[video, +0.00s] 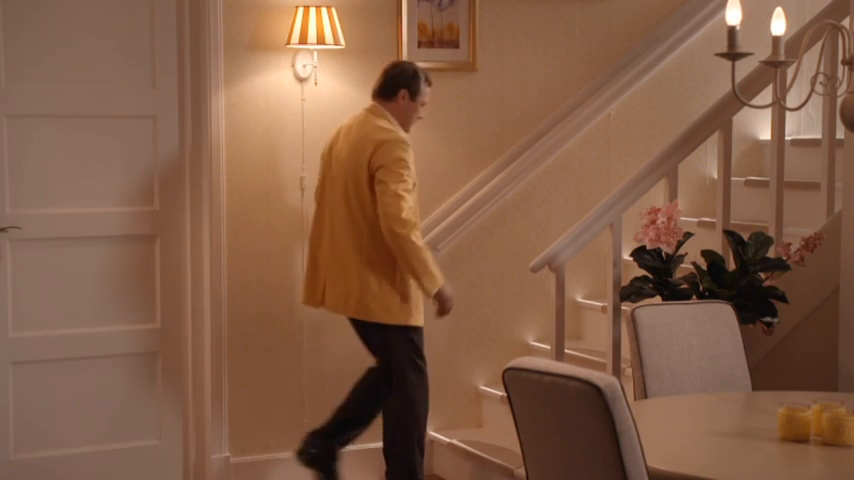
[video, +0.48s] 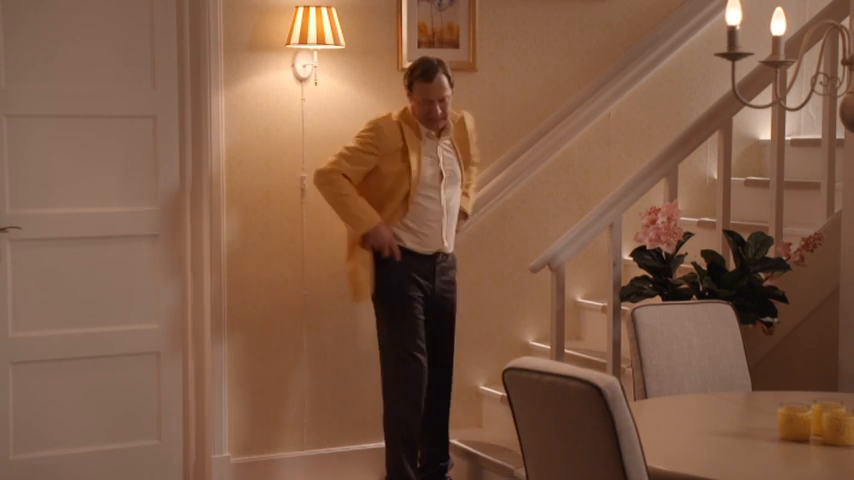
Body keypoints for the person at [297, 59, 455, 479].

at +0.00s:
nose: (422, 114)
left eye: (424, 104)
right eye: (421, 103)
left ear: (390, 96)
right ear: (402, 97)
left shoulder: (344, 134)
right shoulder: (391, 143)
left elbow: (327, 207)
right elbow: (399, 224)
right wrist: (436, 284)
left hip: (347, 279)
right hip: (383, 285)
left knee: (391, 366)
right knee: (409, 379)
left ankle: (324, 444)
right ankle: (405, 473)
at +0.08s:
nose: (433, 114)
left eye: (436, 104)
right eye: (431, 103)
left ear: (402, 96)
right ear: (409, 96)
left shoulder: (363, 127)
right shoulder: (395, 139)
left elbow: (339, 199)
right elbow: (403, 218)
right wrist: (448, 261)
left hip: (366, 276)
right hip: (387, 281)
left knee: (420, 362)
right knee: (411, 376)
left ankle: (363, 458)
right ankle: (406, 473)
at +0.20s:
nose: (446, 109)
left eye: (447, 101)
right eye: (440, 100)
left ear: (413, 97)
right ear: (413, 95)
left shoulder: (393, 131)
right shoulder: (396, 136)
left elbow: (358, 203)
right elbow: (388, 207)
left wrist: (348, 265)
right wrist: (439, 236)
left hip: (410, 286)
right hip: (395, 288)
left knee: (434, 380)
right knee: (411, 384)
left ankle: (426, 473)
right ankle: (405, 475)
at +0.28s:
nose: (448, 109)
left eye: (450, 100)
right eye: (440, 101)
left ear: (431, 98)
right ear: (412, 95)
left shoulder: (423, 134)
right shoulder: (391, 134)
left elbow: (406, 202)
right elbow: (369, 201)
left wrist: (358, 257)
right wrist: (423, 232)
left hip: (421, 277)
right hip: (393, 282)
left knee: (439, 378)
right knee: (412, 382)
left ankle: (435, 471)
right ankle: (404, 474)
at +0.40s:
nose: (445, 108)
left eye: (449, 99)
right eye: (434, 100)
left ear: (453, 95)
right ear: (410, 98)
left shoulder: (441, 135)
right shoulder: (387, 134)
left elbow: (434, 190)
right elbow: (340, 187)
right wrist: (392, 231)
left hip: (438, 267)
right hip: (398, 271)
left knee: (441, 377)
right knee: (413, 379)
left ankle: (435, 472)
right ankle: (404, 474)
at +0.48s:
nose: (437, 110)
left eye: (443, 100)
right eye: (427, 102)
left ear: (452, 94)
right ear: (409, 98)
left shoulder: (461, 125)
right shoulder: (386, 132)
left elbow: (470, 165)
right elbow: (329, 175)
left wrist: (464, 205)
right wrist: (369, 224)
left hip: (443, 267)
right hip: (398, 265)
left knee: (440, 373)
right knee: (409, 372)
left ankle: (434, 471)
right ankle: (403, 473)